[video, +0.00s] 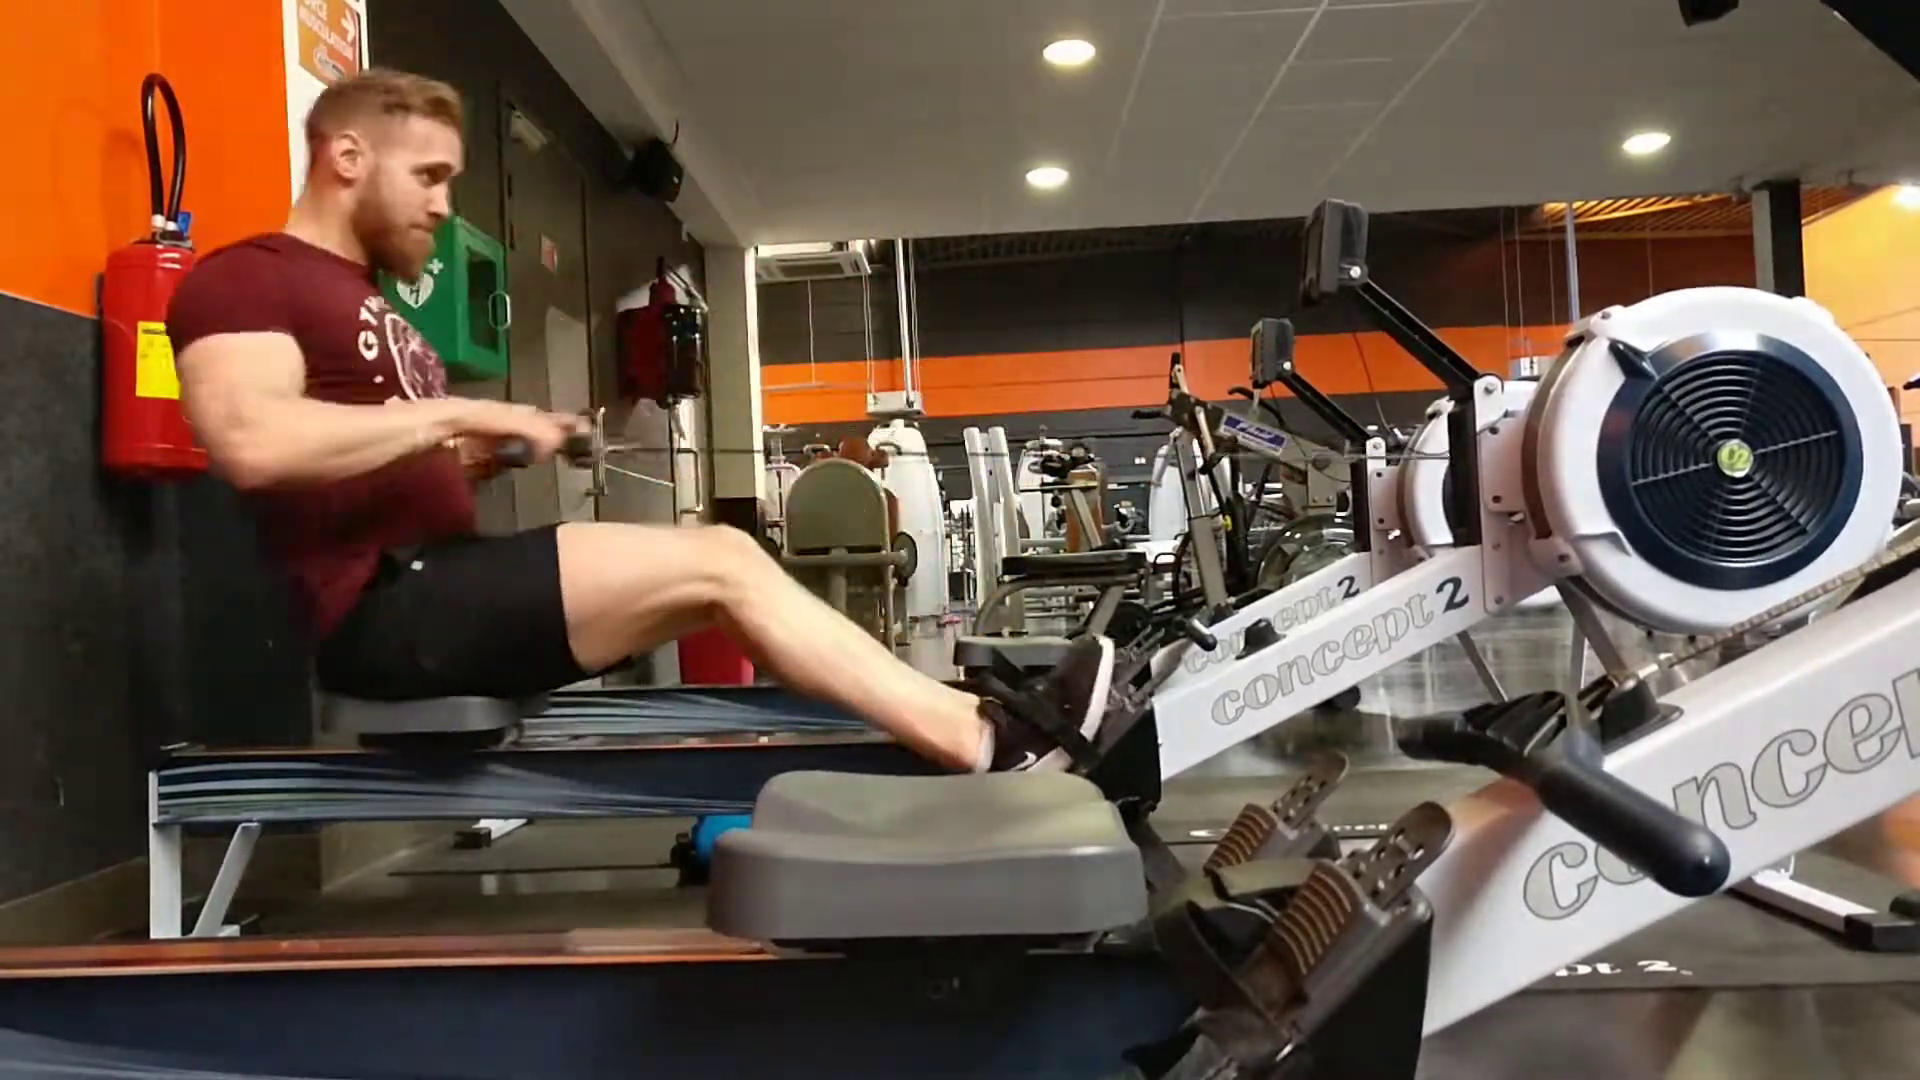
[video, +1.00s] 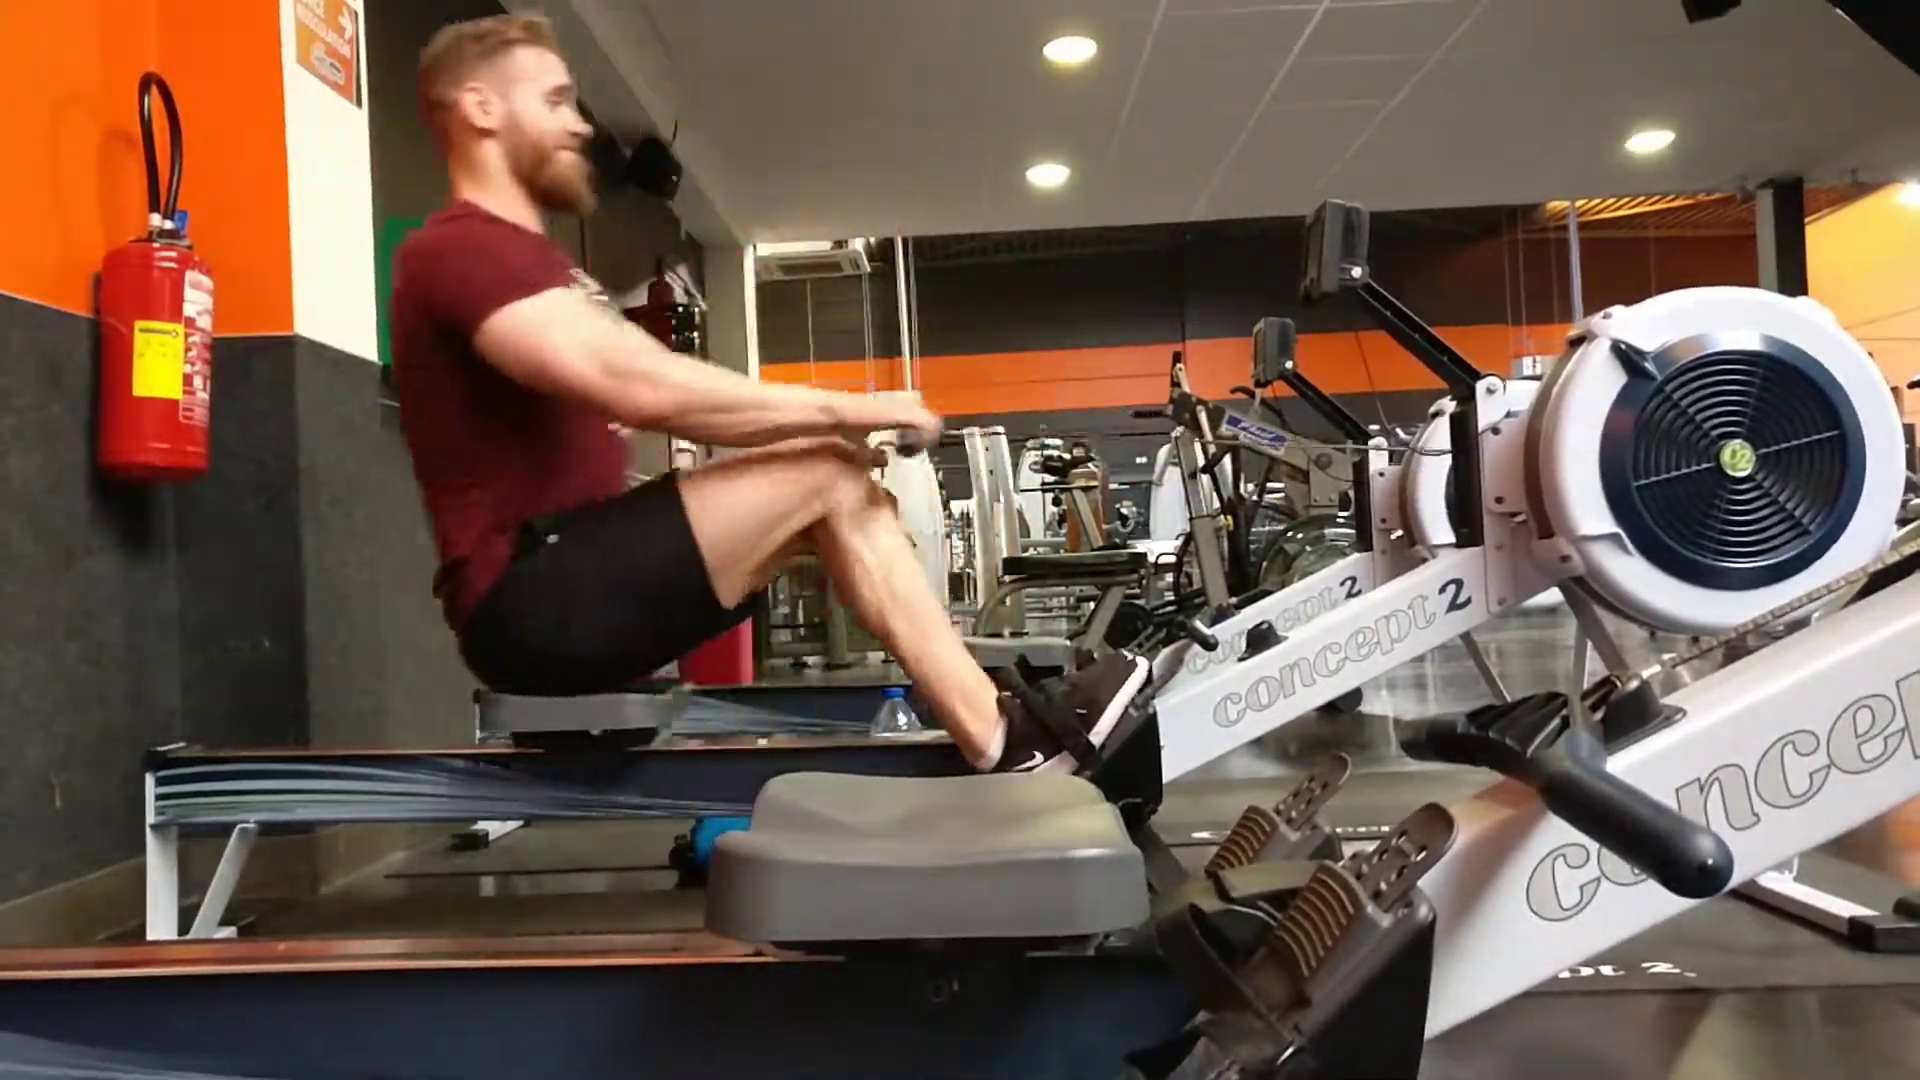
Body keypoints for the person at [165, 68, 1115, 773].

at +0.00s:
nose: (443, 207)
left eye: (448, 185)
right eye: (428, 177)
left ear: (360, 166)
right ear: (343, 159)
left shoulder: (384, 310)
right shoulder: (250, 275)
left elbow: (418, 472)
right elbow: (253, 446)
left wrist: (496, 438)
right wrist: (438, 422)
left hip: (438, 592)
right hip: (375, 611)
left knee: (728, 554)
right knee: (722, 556)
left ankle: (987, 727)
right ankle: (980, 749)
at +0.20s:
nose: (629, 202)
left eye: (634, 180)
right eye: (618, 173)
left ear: (544, 162)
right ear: (537, 152)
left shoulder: (527, 306)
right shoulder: (429, 268)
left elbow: (527, 468)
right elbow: (443, 438)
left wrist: (642, 438)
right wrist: (647, 420)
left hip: (503, 601)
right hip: (446, 615)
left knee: (765, 513)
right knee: (764, 513)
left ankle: (981, 720)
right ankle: (974, 742)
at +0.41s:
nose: (812, 190)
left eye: (815, 166)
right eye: (801, 159)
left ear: (730, 149)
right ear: (730, 144)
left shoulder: (686, 278)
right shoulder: (648, 269)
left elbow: (847, 405)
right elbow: (848, 425)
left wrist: (1025, 435)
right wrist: (1036, 435)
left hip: (641, 608)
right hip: (615, 616)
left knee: (895, 443)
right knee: (889, 455)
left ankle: (979, 714)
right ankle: (984, 729)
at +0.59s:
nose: (917, 174)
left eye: (917, 150)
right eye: (905, 145)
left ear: (837, 140)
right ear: (835, 135)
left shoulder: (796, 257)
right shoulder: (788, 256)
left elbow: (992, 391)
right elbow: (1006, 399)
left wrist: (1179, 467)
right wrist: (1196, 469)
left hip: (738, 604)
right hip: (727, 613)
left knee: (973, 415)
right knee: (964, 411)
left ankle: (991, 701)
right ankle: (989, 714)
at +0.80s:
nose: (847, 142)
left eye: (839, 119)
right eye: (826, 117)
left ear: (756, 122)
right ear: (754, 120)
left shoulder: (739, 253)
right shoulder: (721, 248)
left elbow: (920, 376)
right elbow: (923, 380)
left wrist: (1113, 429)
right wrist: (1125, 430)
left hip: (713, 598)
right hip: (701, 608)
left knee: (943, 427)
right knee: (940, 431)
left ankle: (995, 699)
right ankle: (992, 721)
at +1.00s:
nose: (583, 125)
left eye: (575, 103)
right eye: (558, 100)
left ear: (491, 110)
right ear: (476, 109)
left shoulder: (529, 260)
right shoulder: (463, 247)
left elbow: (661, 389)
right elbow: (641, 392)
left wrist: (840, 413)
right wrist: (841, 410)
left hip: (568, 586)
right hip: (530, 599)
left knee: (839, 469)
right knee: (833, 474)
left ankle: (997, 717)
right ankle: (996, 740)